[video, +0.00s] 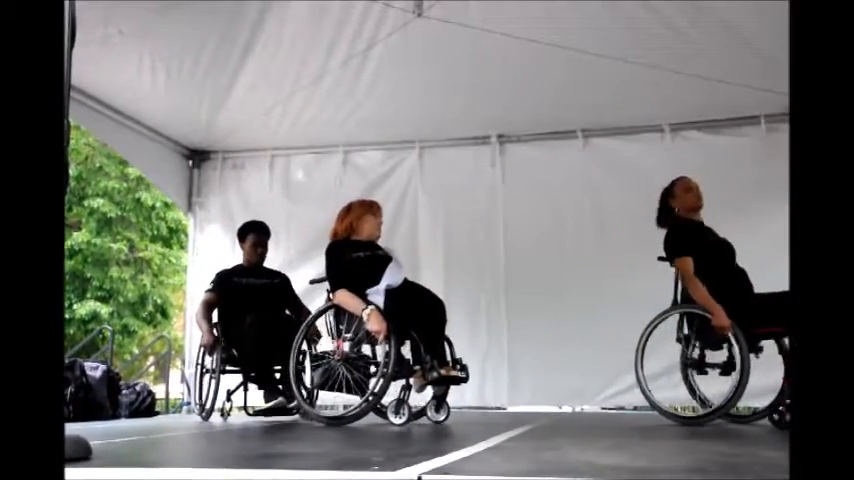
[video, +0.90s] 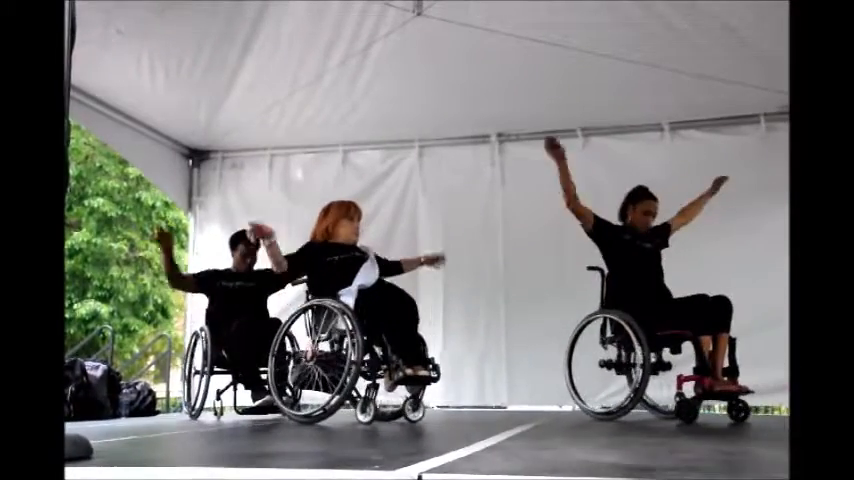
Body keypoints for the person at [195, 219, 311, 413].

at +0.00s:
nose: (261, 250)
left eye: (264, 245)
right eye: (255, 245)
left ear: (268, 246)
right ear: (242, 244)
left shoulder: (279, 280)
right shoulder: (226, 278)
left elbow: (300, 309)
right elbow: (204, 308)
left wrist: (310, 326)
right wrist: (207, 333)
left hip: (273, 339)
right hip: (239, 341)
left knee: (291, 327)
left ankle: (291, 392)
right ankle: (271, 393)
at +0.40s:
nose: (257, 253)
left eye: (260, 248)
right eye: (252, 248)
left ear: (264, 249)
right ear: (238, 247)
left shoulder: (271, 282)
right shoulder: (219, 280)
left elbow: (292, 314)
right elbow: (197, 314)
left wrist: (318, 343)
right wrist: (181, 344)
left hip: (267, 342)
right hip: (233, 345)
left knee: (288, 323)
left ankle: (287, 393)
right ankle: (268, 393)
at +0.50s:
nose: (258, 255)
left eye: (261, 249)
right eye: (252, 249)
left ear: (263, 250)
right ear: (238, 248)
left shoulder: (269, 282)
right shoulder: (218, 281)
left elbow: (295, 310)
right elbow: (191, 313)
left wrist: (323, 332)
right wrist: (163, 343)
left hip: (262, 343)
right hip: (230, 346)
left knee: (282, 324)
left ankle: (286, 392)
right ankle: (266, 393)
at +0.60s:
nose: (256, 255)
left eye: (259, 251)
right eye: (251, 250)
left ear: (263, 252)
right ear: (237, 248)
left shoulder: (268, 281)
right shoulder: (219, 281)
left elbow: (297, 301)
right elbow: (184, 307)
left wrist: (322, 302)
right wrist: (148, 328)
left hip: (262, 343)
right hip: (230, 347)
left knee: (282, 323)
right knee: (247, 327)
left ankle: (286, 389)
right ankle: (264, 392)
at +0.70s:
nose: (255, 257)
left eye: (258, 253)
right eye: (250, 252)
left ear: (261, 252)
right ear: (236, 250)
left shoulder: (268, 278)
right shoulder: (217, 278)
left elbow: (301, 287)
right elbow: (179, 291)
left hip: (261, 343)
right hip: (226, 347)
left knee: (280, 324)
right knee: (246, 328)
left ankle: (285, 390)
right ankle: (263, 392)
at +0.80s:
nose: (254, 258)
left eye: (257, 254)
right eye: (249, 253)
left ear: (260, 254)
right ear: (236, 250)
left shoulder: (266, 277)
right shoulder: (215, 278)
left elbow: (295, 282)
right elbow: (178, 285)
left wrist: (307, 255)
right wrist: (143, 268)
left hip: (259, 343)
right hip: (227, 345)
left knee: (277, 324)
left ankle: (282, 392)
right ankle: (261, 391)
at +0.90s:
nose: (251, 258)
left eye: (254, 253)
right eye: (246, 253)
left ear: (258, 253)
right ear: (233, 251)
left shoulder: (262, 279)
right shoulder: (215, 278)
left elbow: (292, 273)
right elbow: (177, 281)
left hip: (257, 342)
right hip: (225, 346)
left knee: (275, 325)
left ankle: (279, 391)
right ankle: (258, 392)